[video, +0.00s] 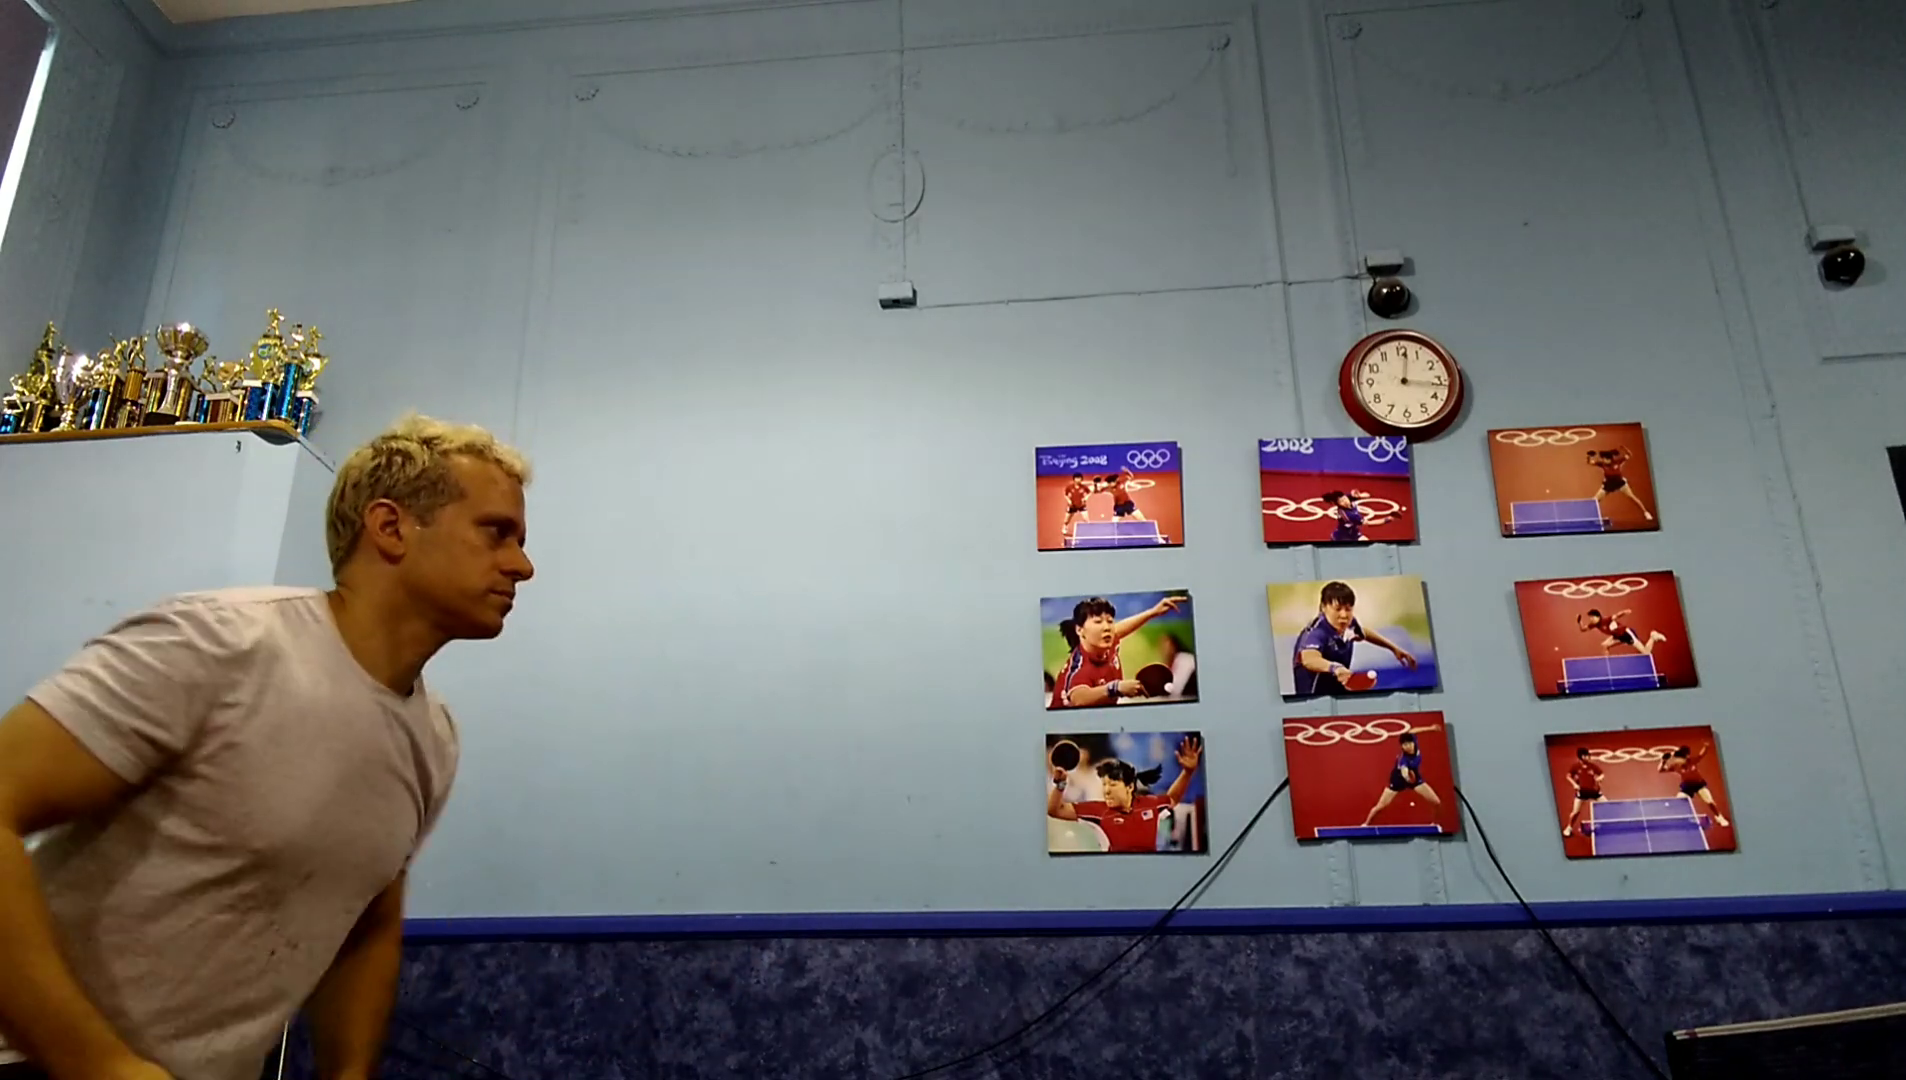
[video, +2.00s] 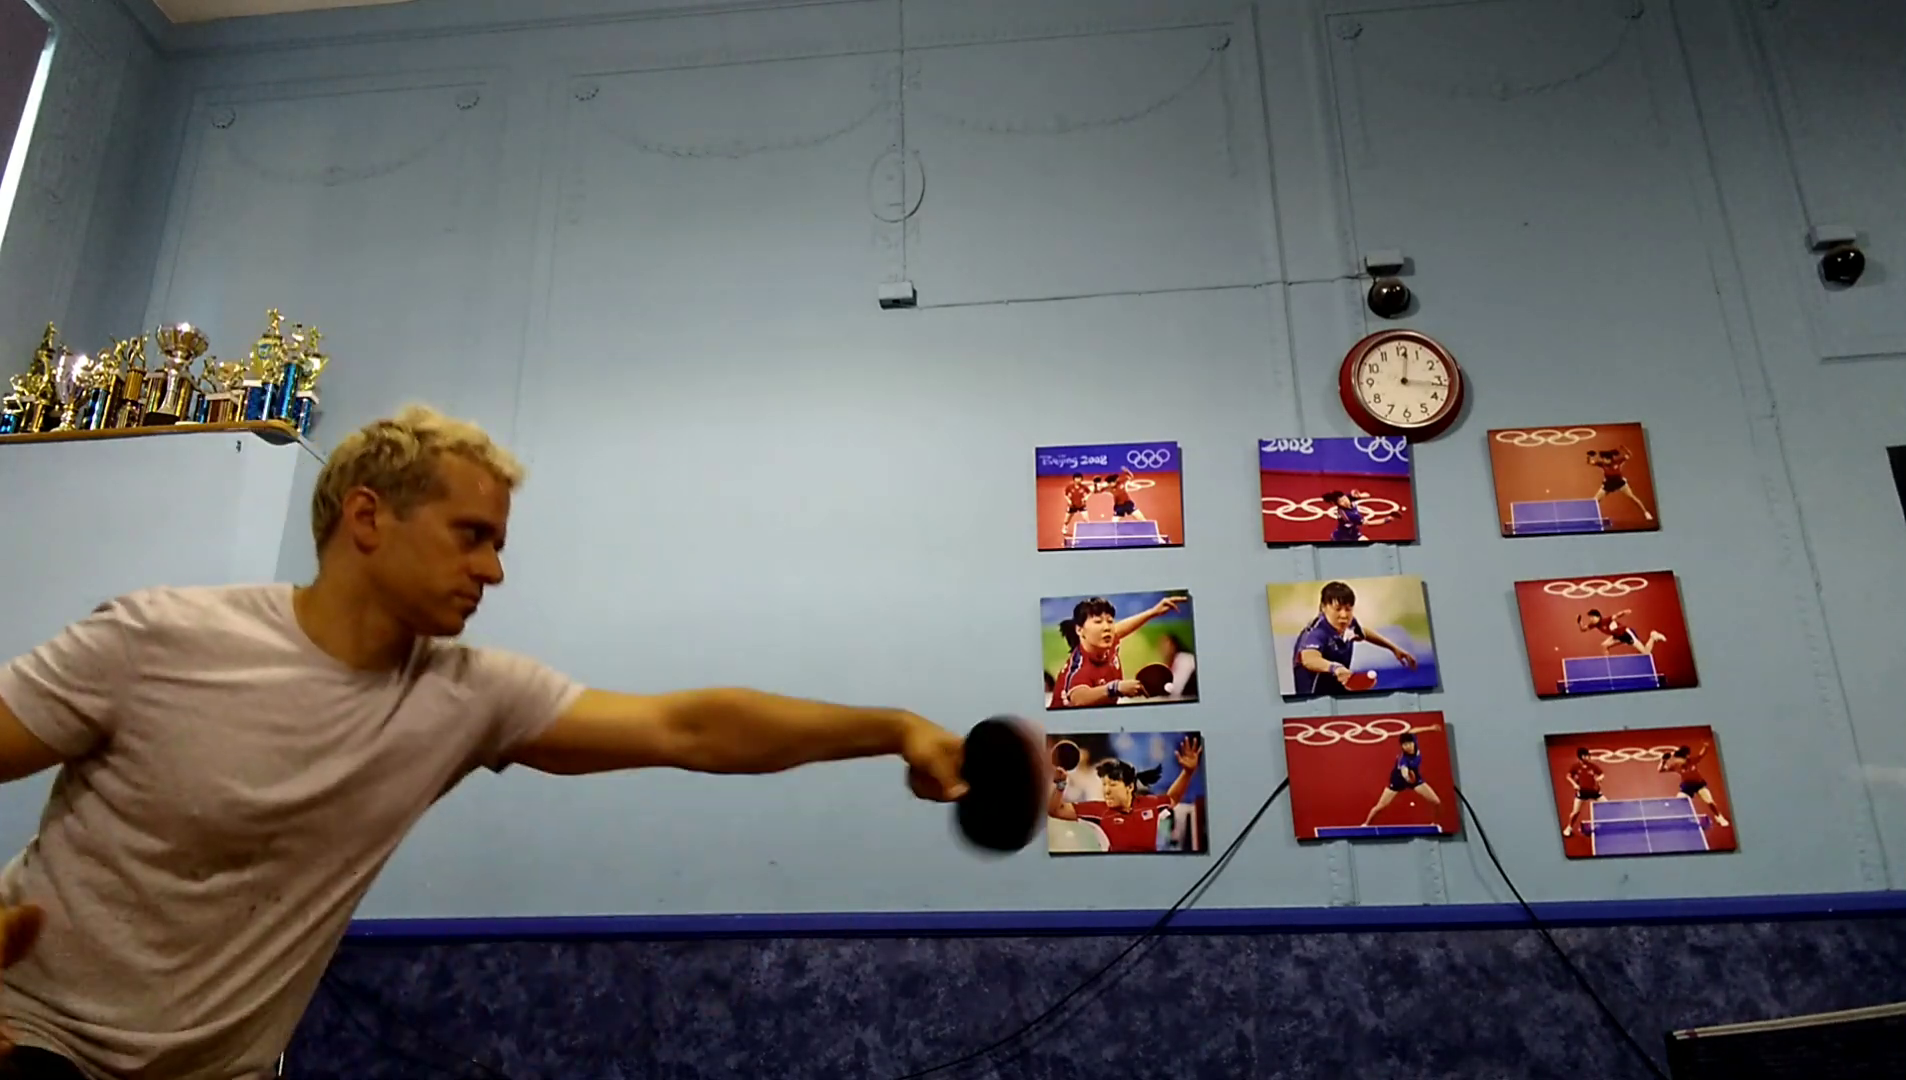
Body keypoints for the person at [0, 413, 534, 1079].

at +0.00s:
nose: (524, 565)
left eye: (520, 541)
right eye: (498, 533)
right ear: (391, 530)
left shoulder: (430, 740)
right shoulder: (221, 644)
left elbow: (368, 929)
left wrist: (349, 1066)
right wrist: (92, 1054)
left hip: (230, 1064)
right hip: (51, 1050)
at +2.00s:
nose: (493, 571)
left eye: (497, 546)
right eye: (471, 537)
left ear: (385, 534)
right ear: (363, 522)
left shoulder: (469, 697)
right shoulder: (156, 640)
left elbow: (685, 727)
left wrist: (898, 731)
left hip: (229, 1067)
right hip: (45, 1027)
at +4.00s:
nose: (516, 570)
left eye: (520, 546)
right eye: (495, 536)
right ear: (393, 519)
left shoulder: (466, 700)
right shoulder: (178, 621)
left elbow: (640, 762)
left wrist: (802, 753)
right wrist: (4, 936)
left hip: (227, 1067)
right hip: (44, 1031)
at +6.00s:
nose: (519, 584)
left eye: (519, 562)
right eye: (497, 553)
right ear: (398, 543)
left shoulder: (463, 744)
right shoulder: (225, 648)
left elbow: (547, 877)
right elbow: (9, 792)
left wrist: (614, 931)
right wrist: (142, 956)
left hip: (247, 1064)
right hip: (68, 1025)